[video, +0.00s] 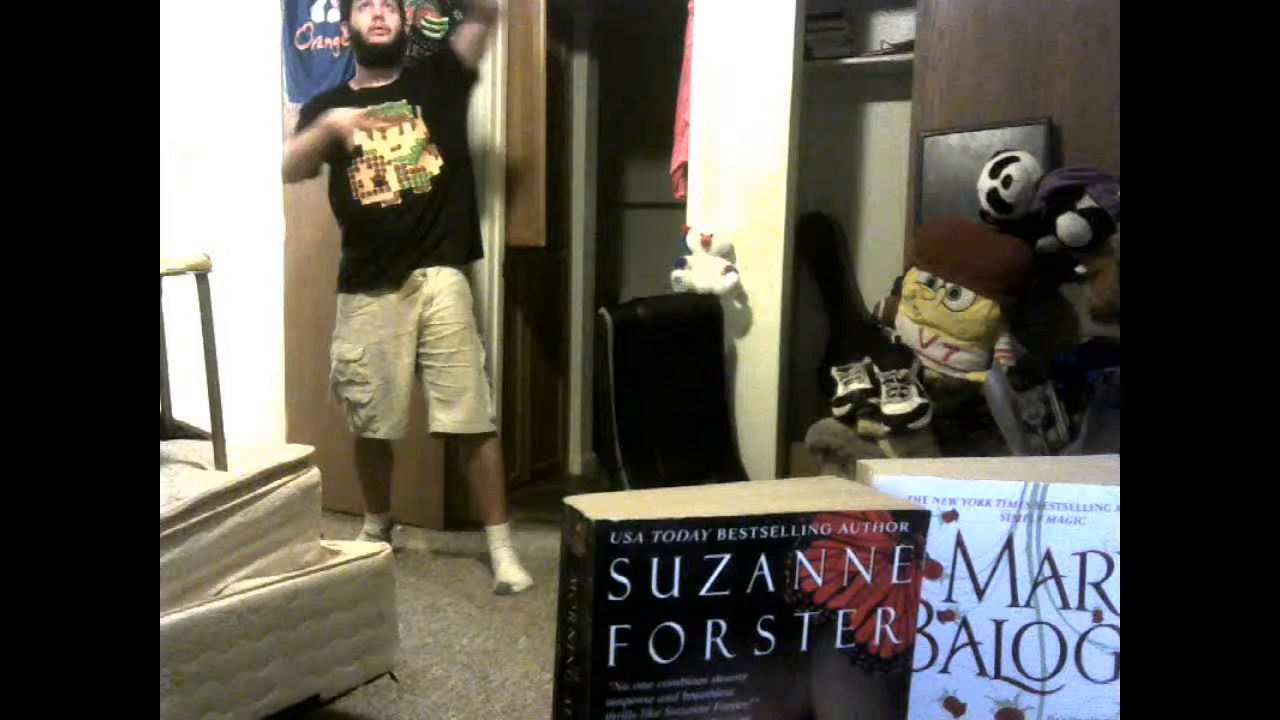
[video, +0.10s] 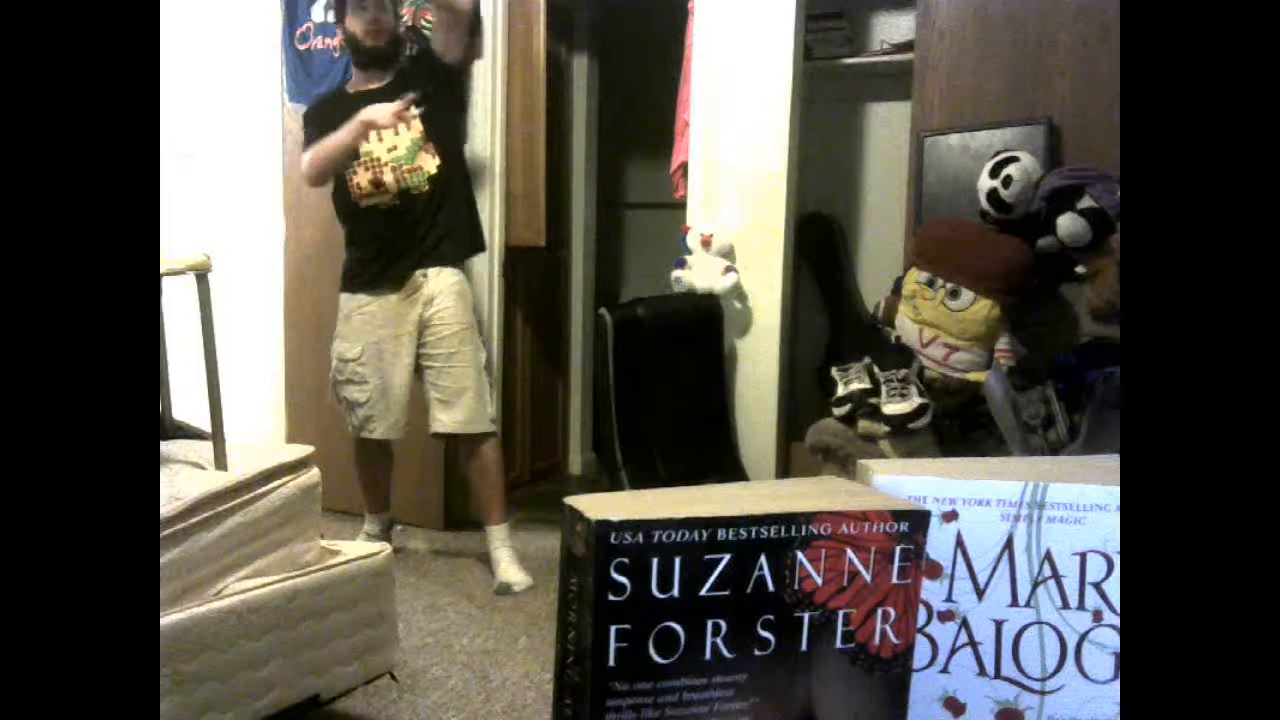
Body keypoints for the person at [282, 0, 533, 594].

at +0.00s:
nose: (379, 13)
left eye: (388, 5)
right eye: (366, 7)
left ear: (405, 19)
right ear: (348, 26)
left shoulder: (439, 74)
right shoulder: (331, 103)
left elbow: (484, 14)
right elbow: (290, 170)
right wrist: (328, 129)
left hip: (442, 268)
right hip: (369, 277)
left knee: (470, 411)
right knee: (369, 411)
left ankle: (500, 544)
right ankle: (376, 532)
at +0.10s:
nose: (373, 15)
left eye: (383, 6)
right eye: (360, 7)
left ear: (401, 16)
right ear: (341, 21)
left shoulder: (434, 71)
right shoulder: (328, 108)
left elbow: (460, 12)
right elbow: (312, 173)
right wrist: (363, 120)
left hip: (442, 265)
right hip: (370, 276)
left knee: (472, 410)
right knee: (369, 412)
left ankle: (499, 545)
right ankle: (377, 532)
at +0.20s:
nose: (369, 14)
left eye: (381, 5)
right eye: (357, 6)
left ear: (398, 15)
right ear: (338, 19)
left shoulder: (432, 70)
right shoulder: (327, 109)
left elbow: (457, 9)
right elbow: (317, 174)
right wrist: (367, 118)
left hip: (443, 266)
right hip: (371, 278)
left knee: (473, 411)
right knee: (371, 414)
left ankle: (501, 545)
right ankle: (377, 532)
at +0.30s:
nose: (362, 14)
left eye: (371, 5)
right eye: (349, 7)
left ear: (387, 18)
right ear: (333, 27)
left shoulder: (429, 67)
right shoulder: (324, 111)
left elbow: (467, 8)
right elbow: (303, 178)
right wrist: (352, 120)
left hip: (448, 264)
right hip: (376, 278)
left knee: (475, 410)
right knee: (374, 409)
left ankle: (502, 544)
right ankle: (377, 530)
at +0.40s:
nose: (362, 14)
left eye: (371, 6)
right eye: (348, 8)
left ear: (386, 19)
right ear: (332, 28)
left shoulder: (431, 69)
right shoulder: (323, 113)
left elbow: (479, 6)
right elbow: (295, 179)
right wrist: (343, 119)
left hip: (451, 265)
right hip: (379, 281)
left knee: (478, 409)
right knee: (378, 410)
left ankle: (502, 544)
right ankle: (378, 531)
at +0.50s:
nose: (364, 13)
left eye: (373, 5)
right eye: (350, 7)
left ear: (388, 19)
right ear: (334, 29)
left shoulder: (432, 69)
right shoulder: (324, 111)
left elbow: (490, 6)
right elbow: (293, 175)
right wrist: (335, 118)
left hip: (453, 263)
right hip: (380, 279)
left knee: (479, 408)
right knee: (378, 410)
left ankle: (503, 544)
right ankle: (378, 531)